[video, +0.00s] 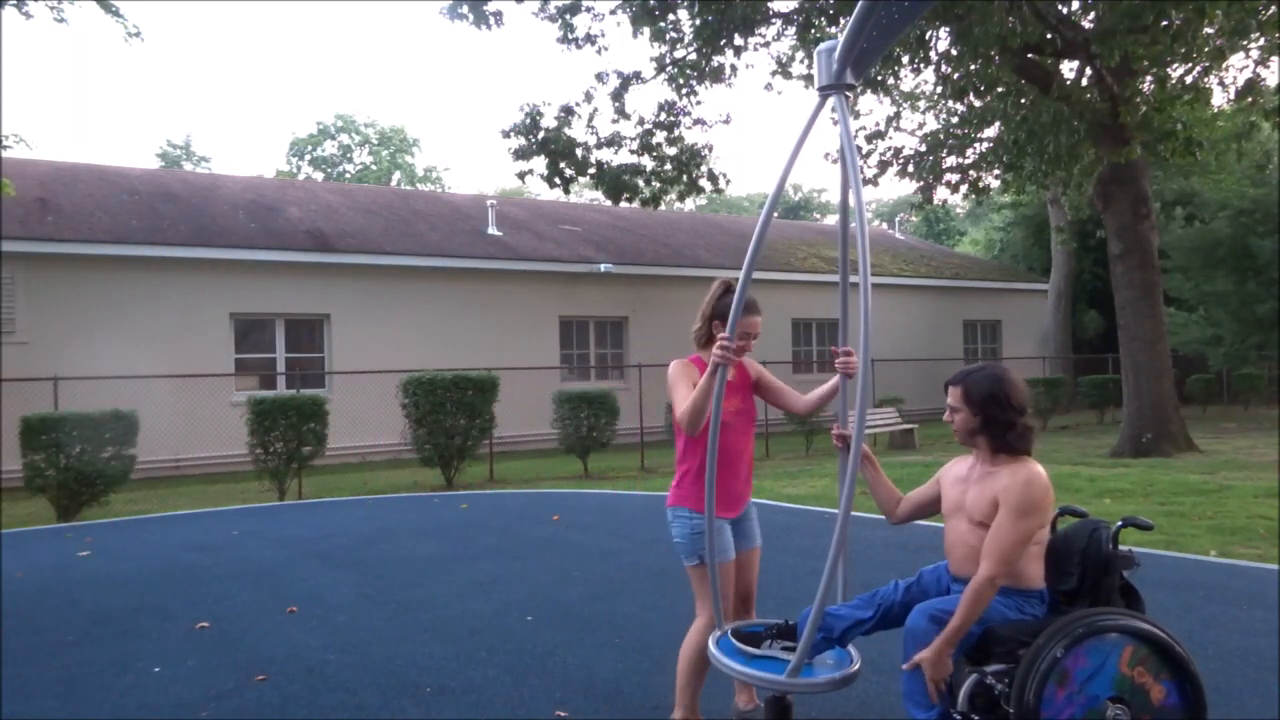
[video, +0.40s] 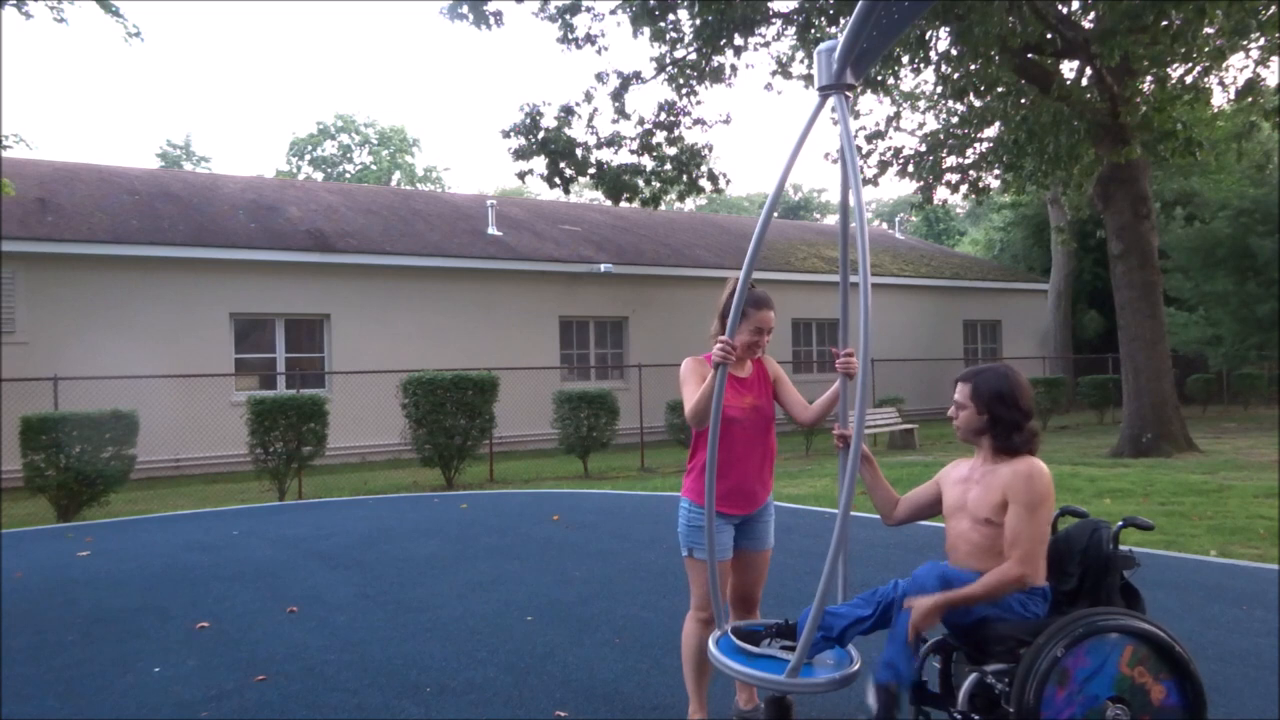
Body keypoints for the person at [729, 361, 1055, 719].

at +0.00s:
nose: (947, 418)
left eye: (955, 410)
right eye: (948, 409)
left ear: (987, 414)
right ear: (973, 415)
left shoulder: (1026, 480)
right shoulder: (957, 469)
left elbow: (992, 574)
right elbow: (898, 511)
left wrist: (944, 647)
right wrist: (863, 456)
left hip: (1014, 601)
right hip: (957, 582)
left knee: (924, 620)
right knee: (887, 599)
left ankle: (928, 712)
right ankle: (795, 636)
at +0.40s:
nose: (951, 413)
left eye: (960, 406)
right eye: (954, 404)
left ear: (991, 413)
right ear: (978, 414)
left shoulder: (1028, 474)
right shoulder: (956, 471)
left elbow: (1023, 569)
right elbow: (894, 513)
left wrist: (942, 603)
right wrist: (864, 460)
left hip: (1016, 601)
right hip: (961, 591)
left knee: (933, 574)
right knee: (894, 594)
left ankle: (888, 693)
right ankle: (798, 632)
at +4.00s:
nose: (945, 426)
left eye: (953, 419)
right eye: (943, 418)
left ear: (986, 416)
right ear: (942, 413)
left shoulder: (1016, 468)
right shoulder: (948, 454)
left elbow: (936, 486)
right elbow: (905, 513)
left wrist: (873, 428)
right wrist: (866, 458)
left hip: (996, 597)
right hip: (945, 584)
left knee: (924, 565)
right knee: (891, 582)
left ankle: (845, 644)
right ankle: (788, 629)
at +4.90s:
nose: (951, 431)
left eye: (961, 424)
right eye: (949, 421)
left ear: (996, 422)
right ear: (948, 415)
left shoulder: (1027, 469)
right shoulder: (946, 463)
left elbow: (946, 484)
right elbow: (912, 532)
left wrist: (881, 424)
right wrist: (856, 557)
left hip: (1000, 598)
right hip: (944, 583)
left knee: (931, 568)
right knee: (883, 573)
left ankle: (851, 648)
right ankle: (799, 633)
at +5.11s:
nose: (948, 428)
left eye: (957, 421)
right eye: (946, 419)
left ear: (992, 420)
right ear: (945, 414)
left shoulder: (1024, 466)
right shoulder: (940, 464)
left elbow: (945, 482)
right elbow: (876, 513)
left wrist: (880, 423)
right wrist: (812, 502)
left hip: (1002, 599)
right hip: (945, 587)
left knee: (933, 568)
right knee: (883, 589)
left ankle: (854, 649)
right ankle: (798, 636)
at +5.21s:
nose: (946, 427)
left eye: (956, 420)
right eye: (945, 417)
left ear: (991, 420)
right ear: (944, 412)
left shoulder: (1023, 466)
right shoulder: (935, 463)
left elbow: (946, 482)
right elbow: (859, 498)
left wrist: (881, 423)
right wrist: (795, 474)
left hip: (1001, 599)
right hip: (944, 586)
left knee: (933, 568)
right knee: (887, 583)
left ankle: (853, 649)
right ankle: (798, 637)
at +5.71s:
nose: (934, 428)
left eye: (947, 420)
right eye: (931, 417)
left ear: (979, 421)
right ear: (929, 413)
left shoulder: (1007, 459)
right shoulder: (909, 461)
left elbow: (946, 484)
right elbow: (817, 458)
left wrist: (885, 425)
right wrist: (737, 441)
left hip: (1001, 596)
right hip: (941, 584)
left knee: (931, 571)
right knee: (886, 581)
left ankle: (847, 650)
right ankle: (795, 639)